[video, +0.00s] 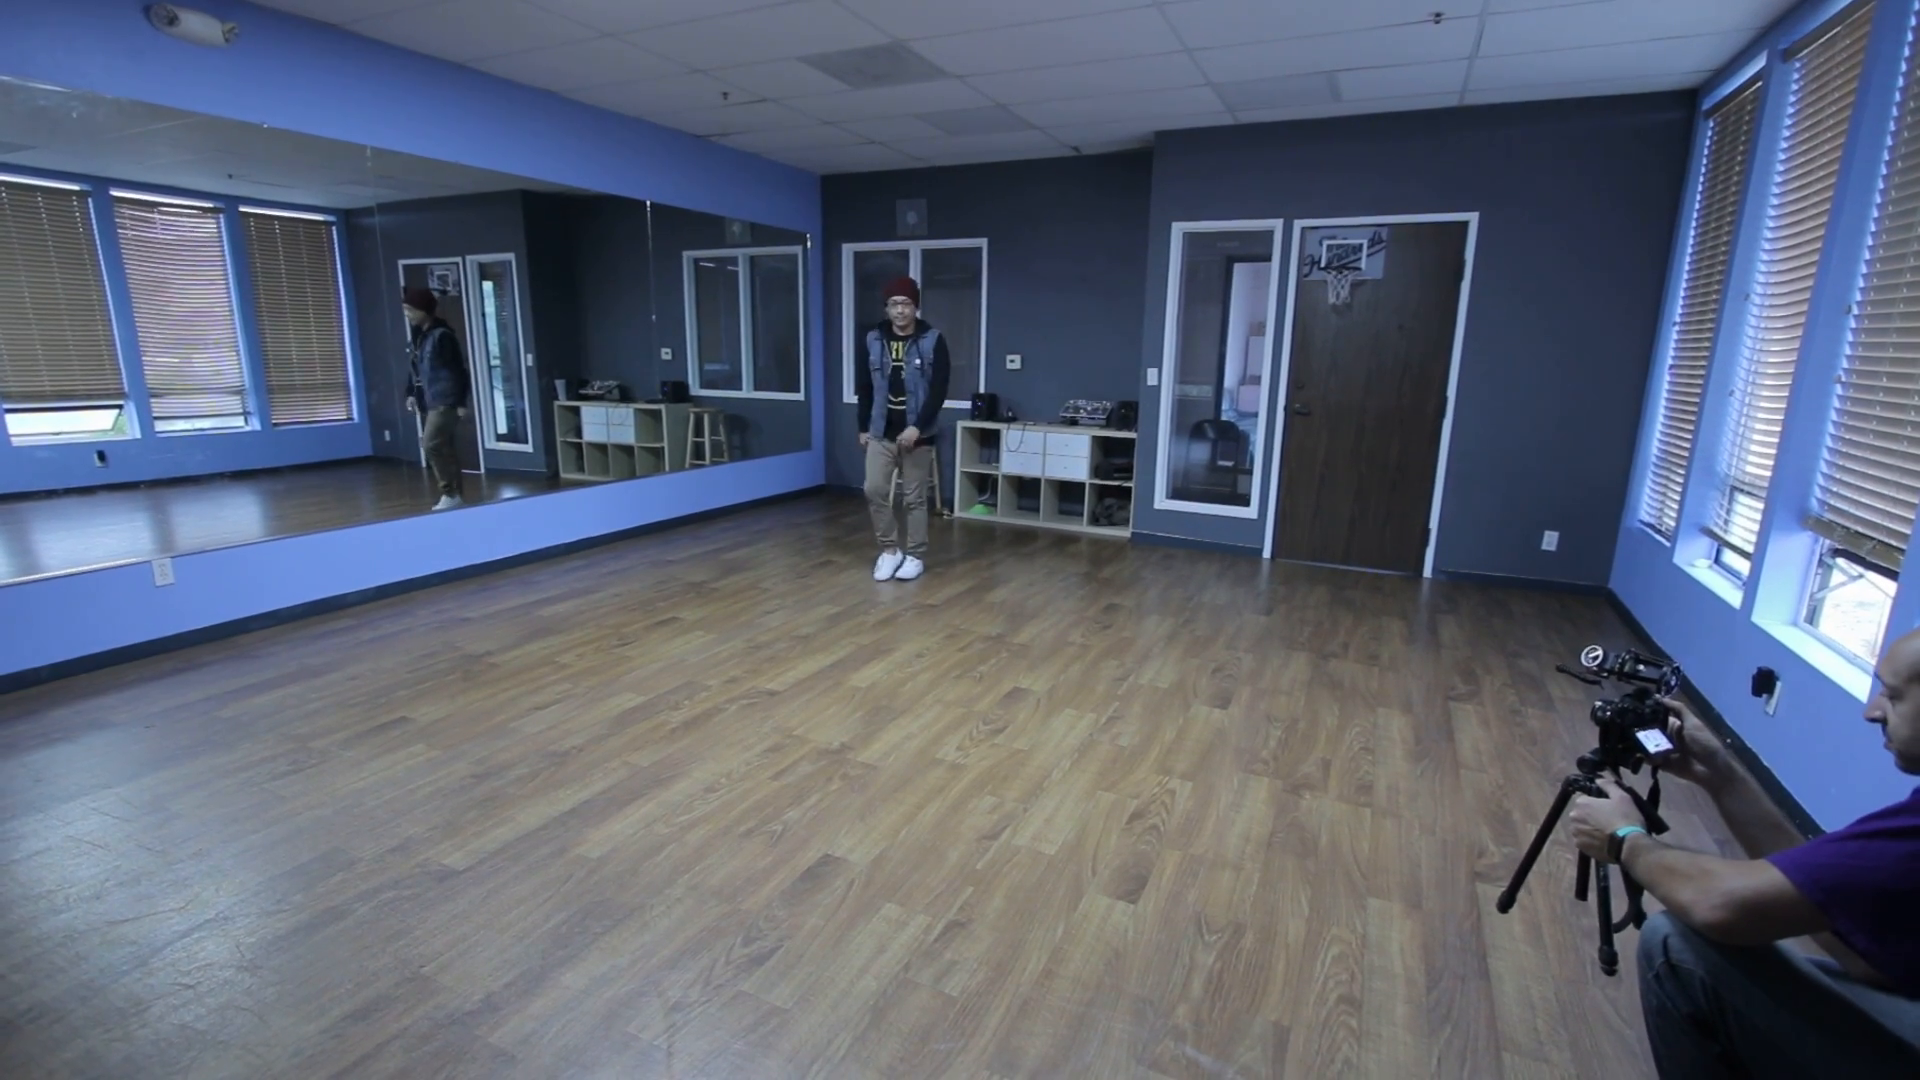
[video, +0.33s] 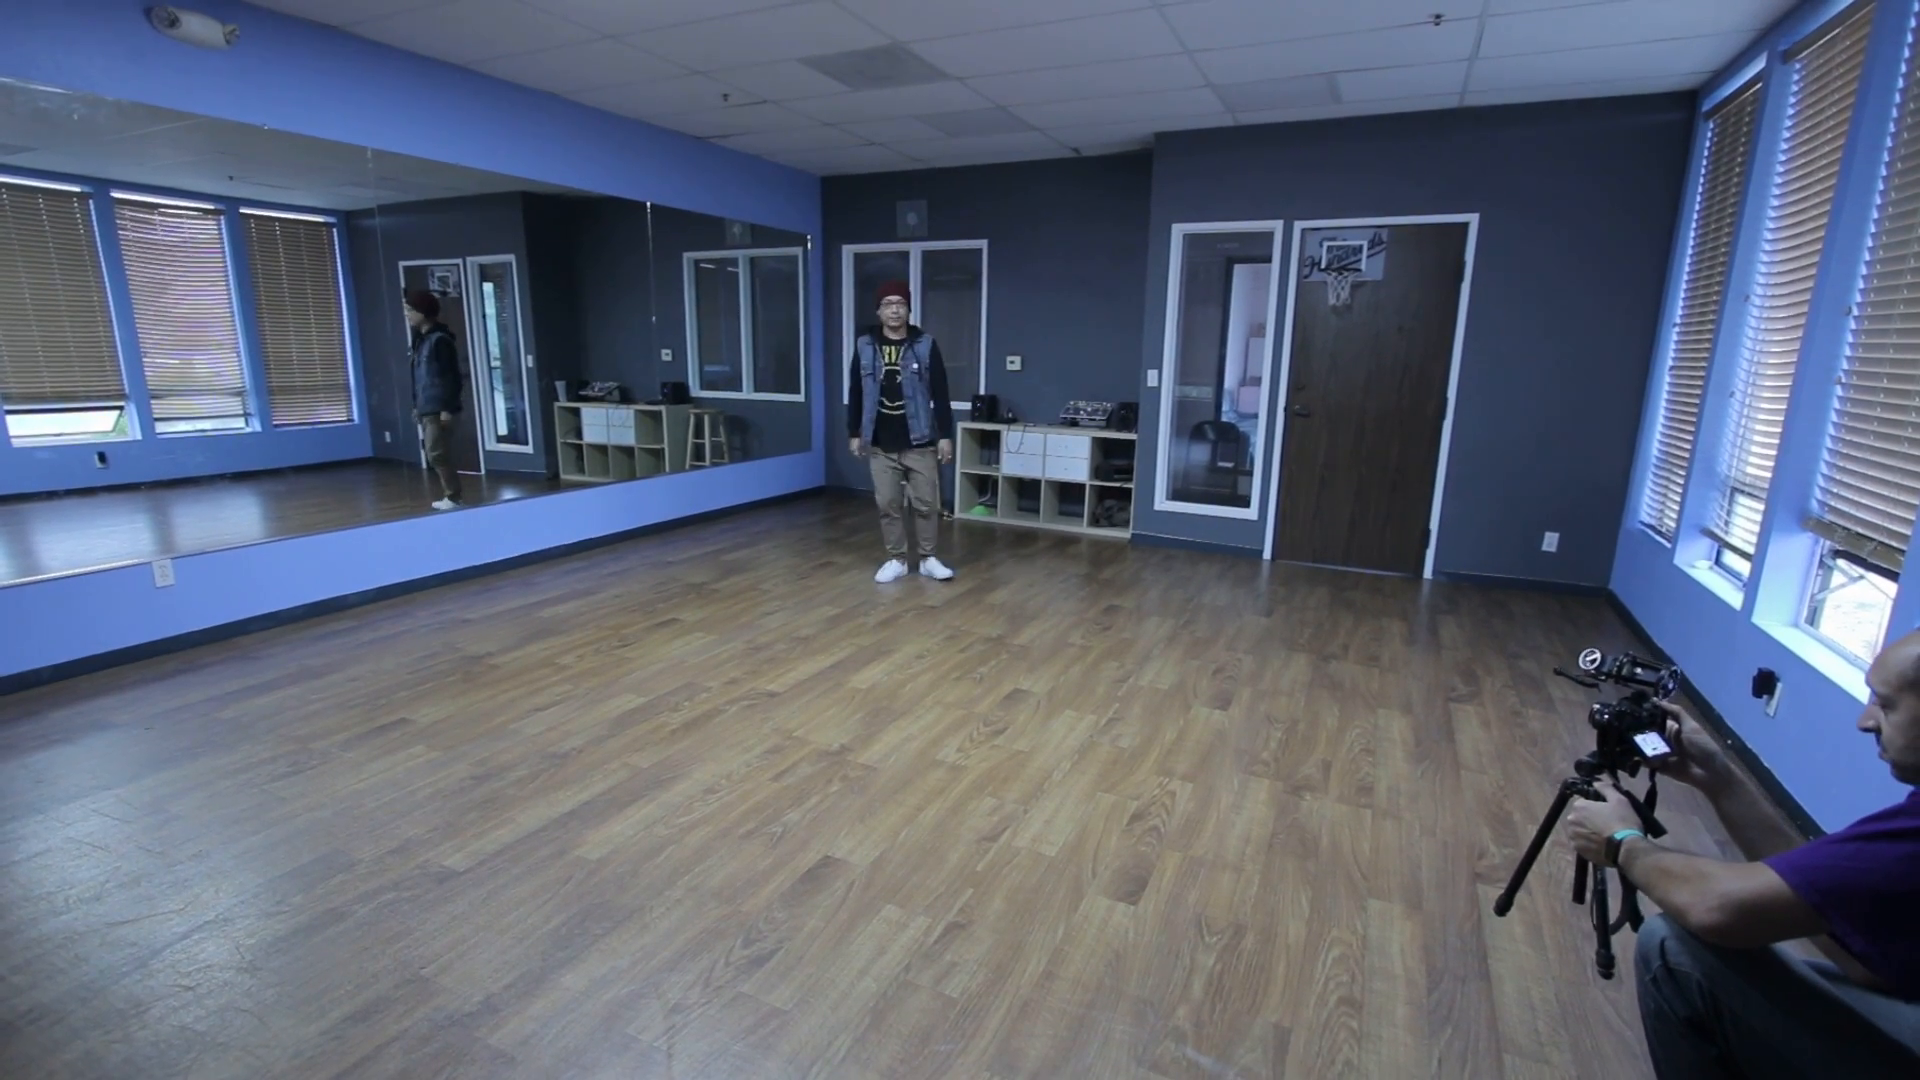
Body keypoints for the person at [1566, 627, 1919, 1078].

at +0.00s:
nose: (1873, 711)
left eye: (1892, 695)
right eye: (1881, 693)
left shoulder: (1913, 823)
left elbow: (1722, 907)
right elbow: (1863, 951)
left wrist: (1624, 839)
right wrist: (1722, 776)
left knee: (1678, 945)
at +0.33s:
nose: (1865, 722)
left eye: (1886, 703)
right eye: (1873, 701)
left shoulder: (1911, 825)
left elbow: (1719, 910)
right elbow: (1864, 955)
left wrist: (1621, 842)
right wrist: (1719, 778)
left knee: (1676, 949)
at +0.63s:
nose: (1861, 722)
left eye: (1881, 703)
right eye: (1869, 701)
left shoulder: (1911, 823)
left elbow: (1717, 911)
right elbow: (1863, 956)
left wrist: (1621, 844)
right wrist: (1716, 778)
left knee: (1675, 950)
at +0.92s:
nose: (1859, 720)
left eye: (1878, 701)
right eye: (1866, 699)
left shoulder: (1912, 816)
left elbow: (1712, 909)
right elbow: (1865, 958)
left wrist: (1618, 843)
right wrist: (1713, 778)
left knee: (1673, 950)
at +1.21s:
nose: (1858, 719)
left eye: (1878, 701)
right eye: (1866, 699)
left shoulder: (1912, 816)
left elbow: (1714, 910)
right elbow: (1866, 959)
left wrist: (1620, 845)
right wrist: (1714, 780)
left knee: (1673, 951)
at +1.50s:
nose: (1860, 720)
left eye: (1881, 702)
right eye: (1869, 700)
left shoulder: (1912, 819)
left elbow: (1714, 910)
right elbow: (1866, 960)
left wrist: (1619, 844)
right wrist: (1716, 779)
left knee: (1673, 950)